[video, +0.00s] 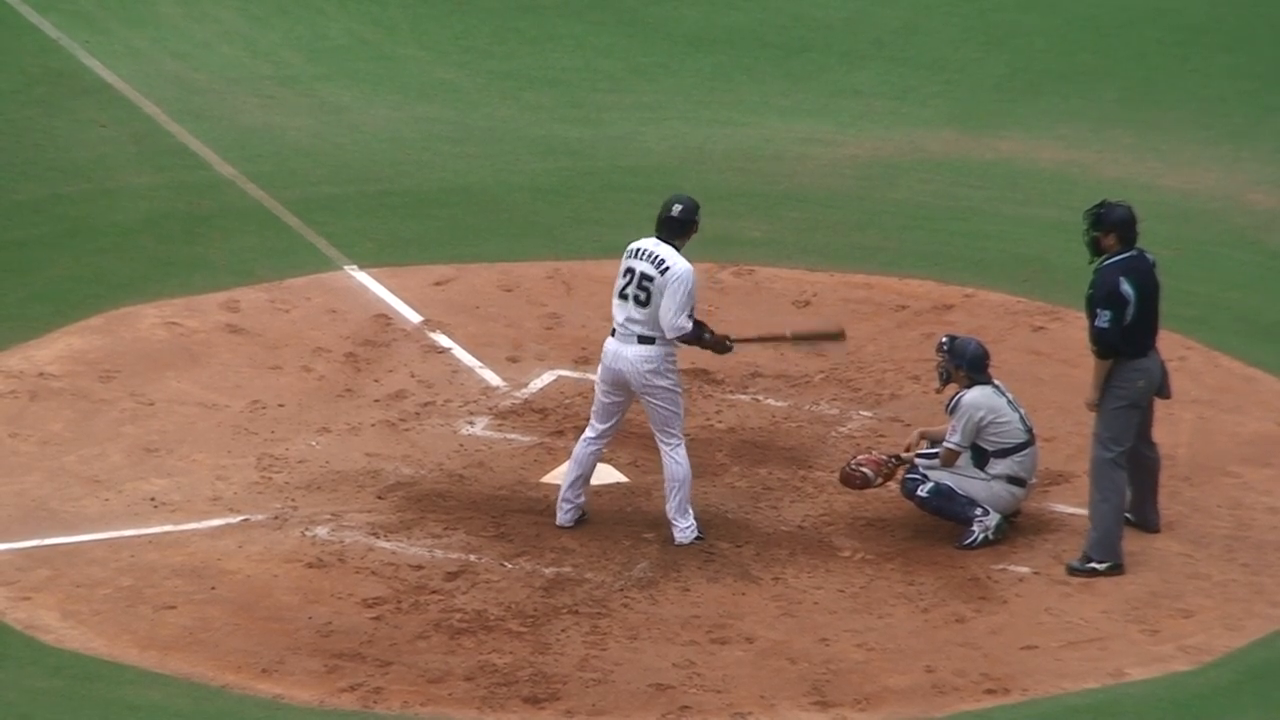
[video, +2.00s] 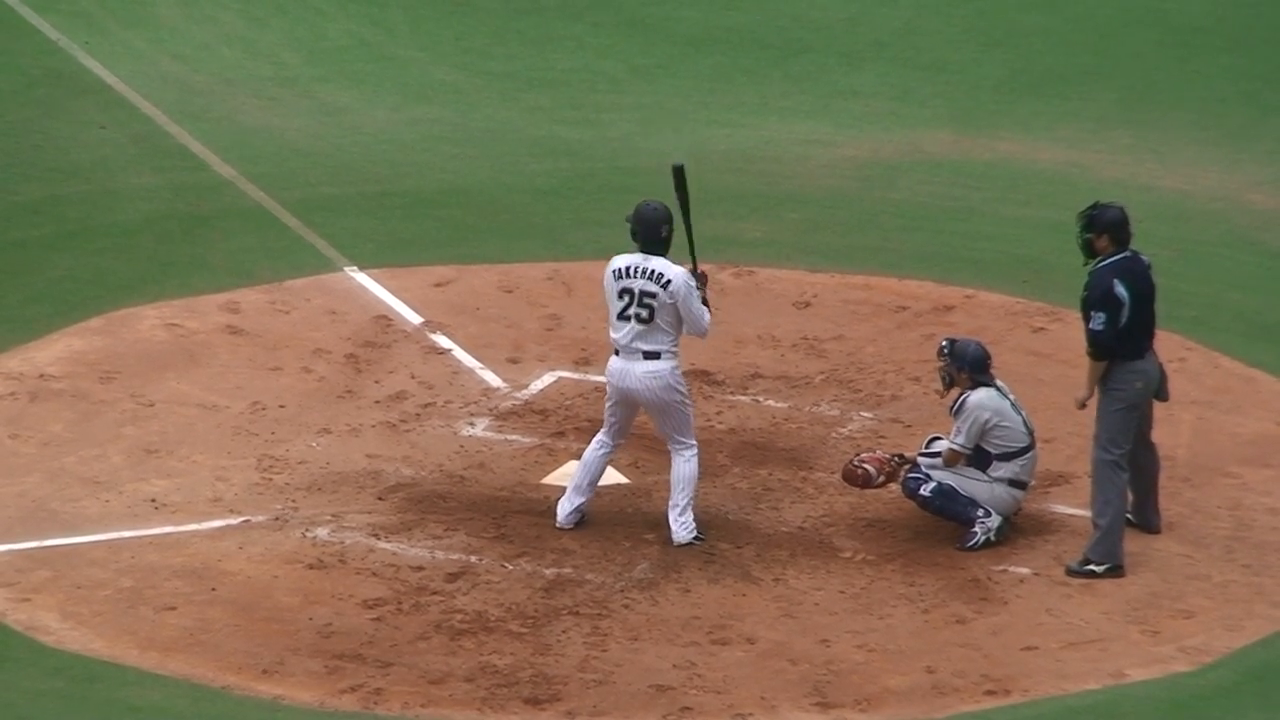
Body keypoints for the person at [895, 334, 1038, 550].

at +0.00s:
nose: (941, 365)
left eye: (946, 362)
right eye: (943, 360)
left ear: (961, 370)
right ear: (976, 368)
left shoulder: (970, 401)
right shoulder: (993, 387)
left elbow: (946, 461)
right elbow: (963, 431)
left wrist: (908, 458)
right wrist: (923, 433)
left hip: (1002, 491)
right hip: (1016, 483)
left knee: (914, 480)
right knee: (925, 455)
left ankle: (983, 518)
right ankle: (1002, 506)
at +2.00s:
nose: (943, 369)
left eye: (948, 365)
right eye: (944, 364)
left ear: (964, 371)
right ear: (975, 370)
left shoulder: (975, 403)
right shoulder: (995, 387)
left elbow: (950, 460)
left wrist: (908, 459)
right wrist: (911, 459)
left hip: (1002, 493)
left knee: (915, 480)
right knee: (934, 443)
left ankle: (984, 519)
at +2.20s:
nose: (942, 374)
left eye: (945, 369)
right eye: (942, 368)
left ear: (960, 373)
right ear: (976, 370)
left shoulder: (975, 403)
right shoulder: (994, 386)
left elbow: (950, 460)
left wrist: (907, 459)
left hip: (1003, 493)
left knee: (915, 480)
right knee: (934, 443)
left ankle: (984, 519)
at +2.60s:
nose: (940, 374)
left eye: (944, 369)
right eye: (941, 368)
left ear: (960, 374)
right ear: (969, 373)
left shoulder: (975, 403)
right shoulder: (992, 387)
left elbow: (951, 461)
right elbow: (965, 431)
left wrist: (909, 450)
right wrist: (923, 429)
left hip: (1003, 492)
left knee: (916, 477)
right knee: (930, 446)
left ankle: (983, 518)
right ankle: (997, 505)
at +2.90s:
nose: (940, 371)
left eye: (945, 368)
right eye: (941, 366)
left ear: (961, 376)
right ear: (971, 375)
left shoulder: (974, 406)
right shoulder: (993, 389)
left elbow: (950, 464)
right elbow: (964, 436)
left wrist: (919, 450)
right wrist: (925, 435)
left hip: (1004, 494)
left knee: (916, 478)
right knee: (932, 453)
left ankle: (985, 520)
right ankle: (1003, 507)